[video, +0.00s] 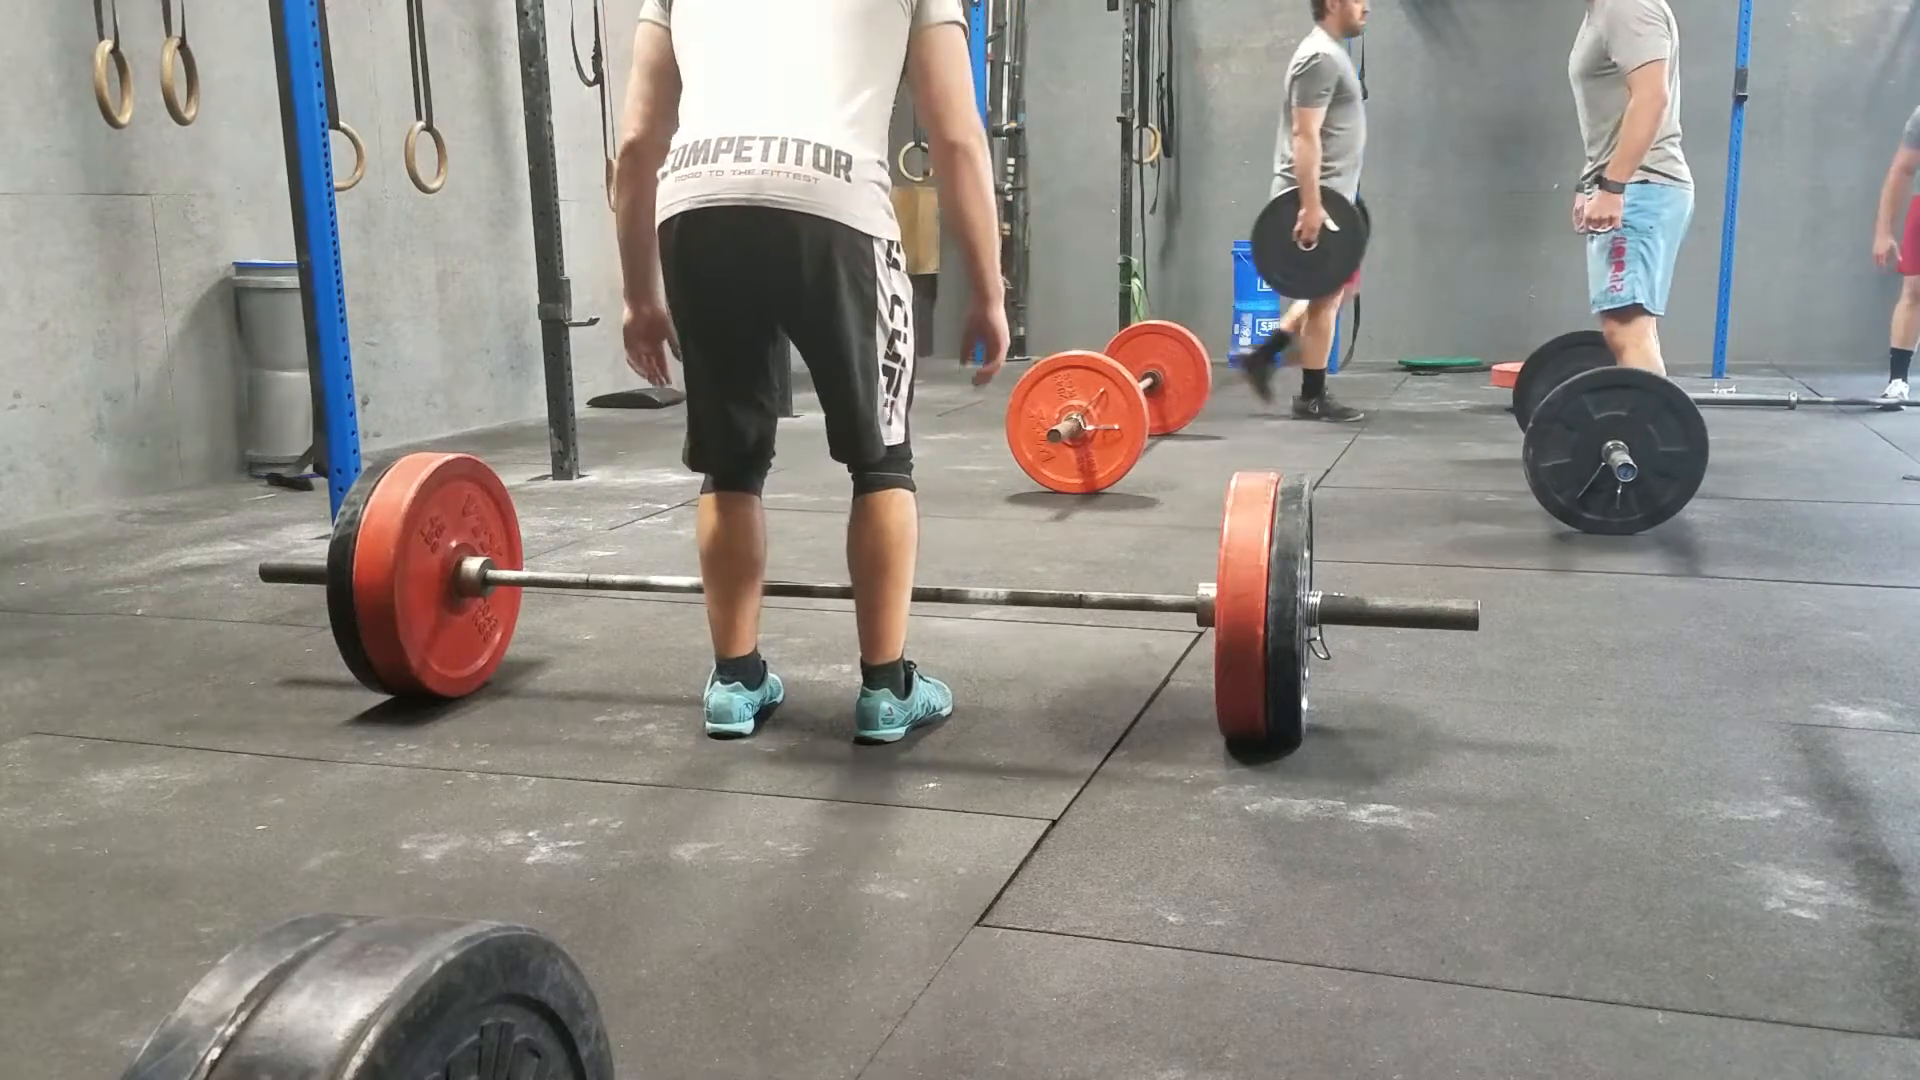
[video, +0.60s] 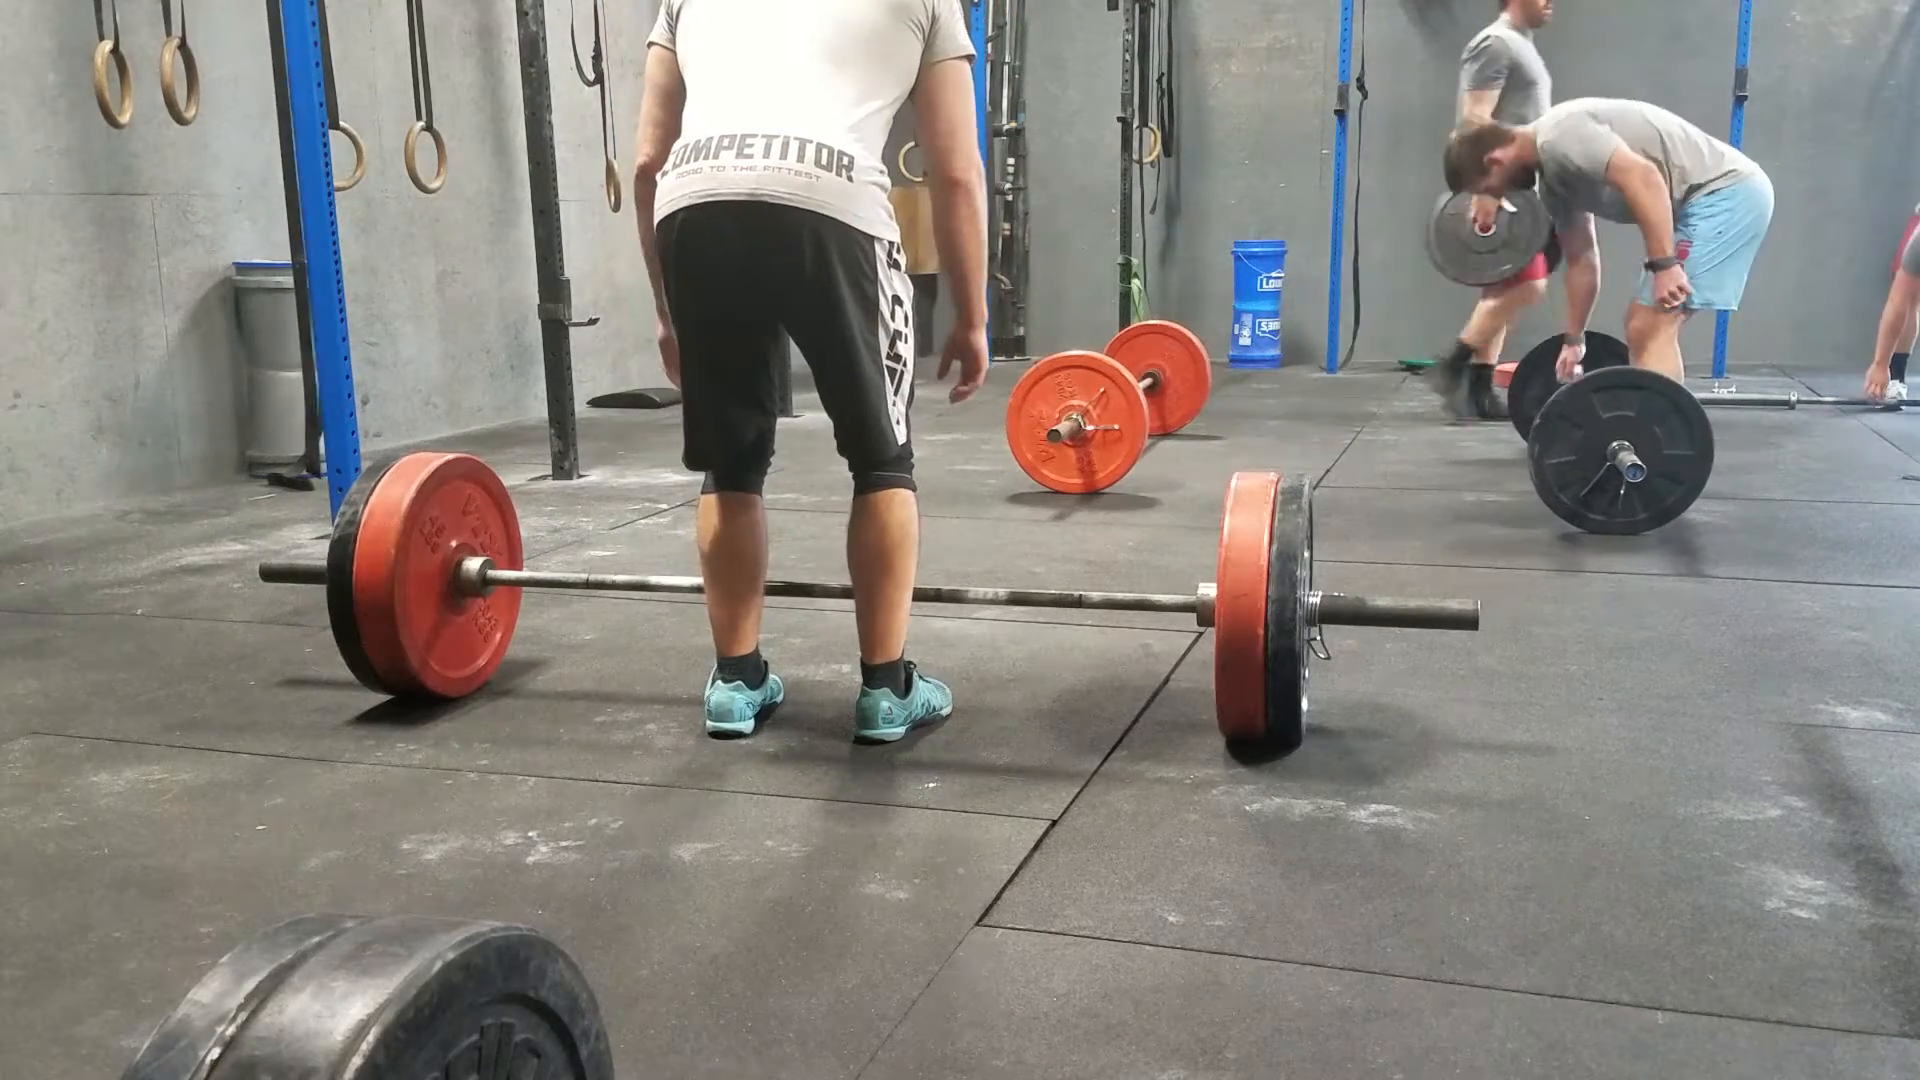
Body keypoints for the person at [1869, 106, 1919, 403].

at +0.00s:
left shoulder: (1916, 118)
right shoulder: (1919, 116)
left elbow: (1903, 169)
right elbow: (1903, 168)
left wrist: (1885, 231)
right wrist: (1883, 230)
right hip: (1918, 218)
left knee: (1912, 293)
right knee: (1913, 291)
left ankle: (1899, 379)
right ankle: (1898, 380)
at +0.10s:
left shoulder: (1916, 142)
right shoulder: (1918, 141)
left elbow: (1903, 192)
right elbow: (1902, 192)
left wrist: (1884, 251)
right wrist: (1883, 252)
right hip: (1915, 235)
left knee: (1911, 300)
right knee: (1911, 298)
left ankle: (1898, 380)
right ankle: (1897, 380)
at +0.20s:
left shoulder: (1916, 165)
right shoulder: (1918, 164)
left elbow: (1901, 215)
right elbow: (1900, 215)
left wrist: (1885, 279)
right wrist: (1884, 280)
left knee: (1911, 297)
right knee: (1912, 296)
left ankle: (1897, 380)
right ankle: (1897, 380)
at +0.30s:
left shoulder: (1915, 188)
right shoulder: (1918, 187)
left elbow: (1899, 240)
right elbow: (1898, 240)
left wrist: (1883, 308)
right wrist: (1882, 307)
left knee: (1911, 284)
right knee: (1912, 284)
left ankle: (1897, 380)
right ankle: (1896, 380)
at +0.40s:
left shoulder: (1916, 208)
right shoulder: (1918, 207)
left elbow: (1897, 269)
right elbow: (1895, 269)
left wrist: (1880, 334)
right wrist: (1879, 334)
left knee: (1913, 284)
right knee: (1913, 285)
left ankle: (1897, 381)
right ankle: (1897, 382)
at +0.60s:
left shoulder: (1916, 240)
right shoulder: (1916, 239)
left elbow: (1900, 301)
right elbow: (1898, 301)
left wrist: (1880, 363)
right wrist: (1880, 364)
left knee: (1909, 301)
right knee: (1909, 301)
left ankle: (1896, 378)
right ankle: (1895, 378)